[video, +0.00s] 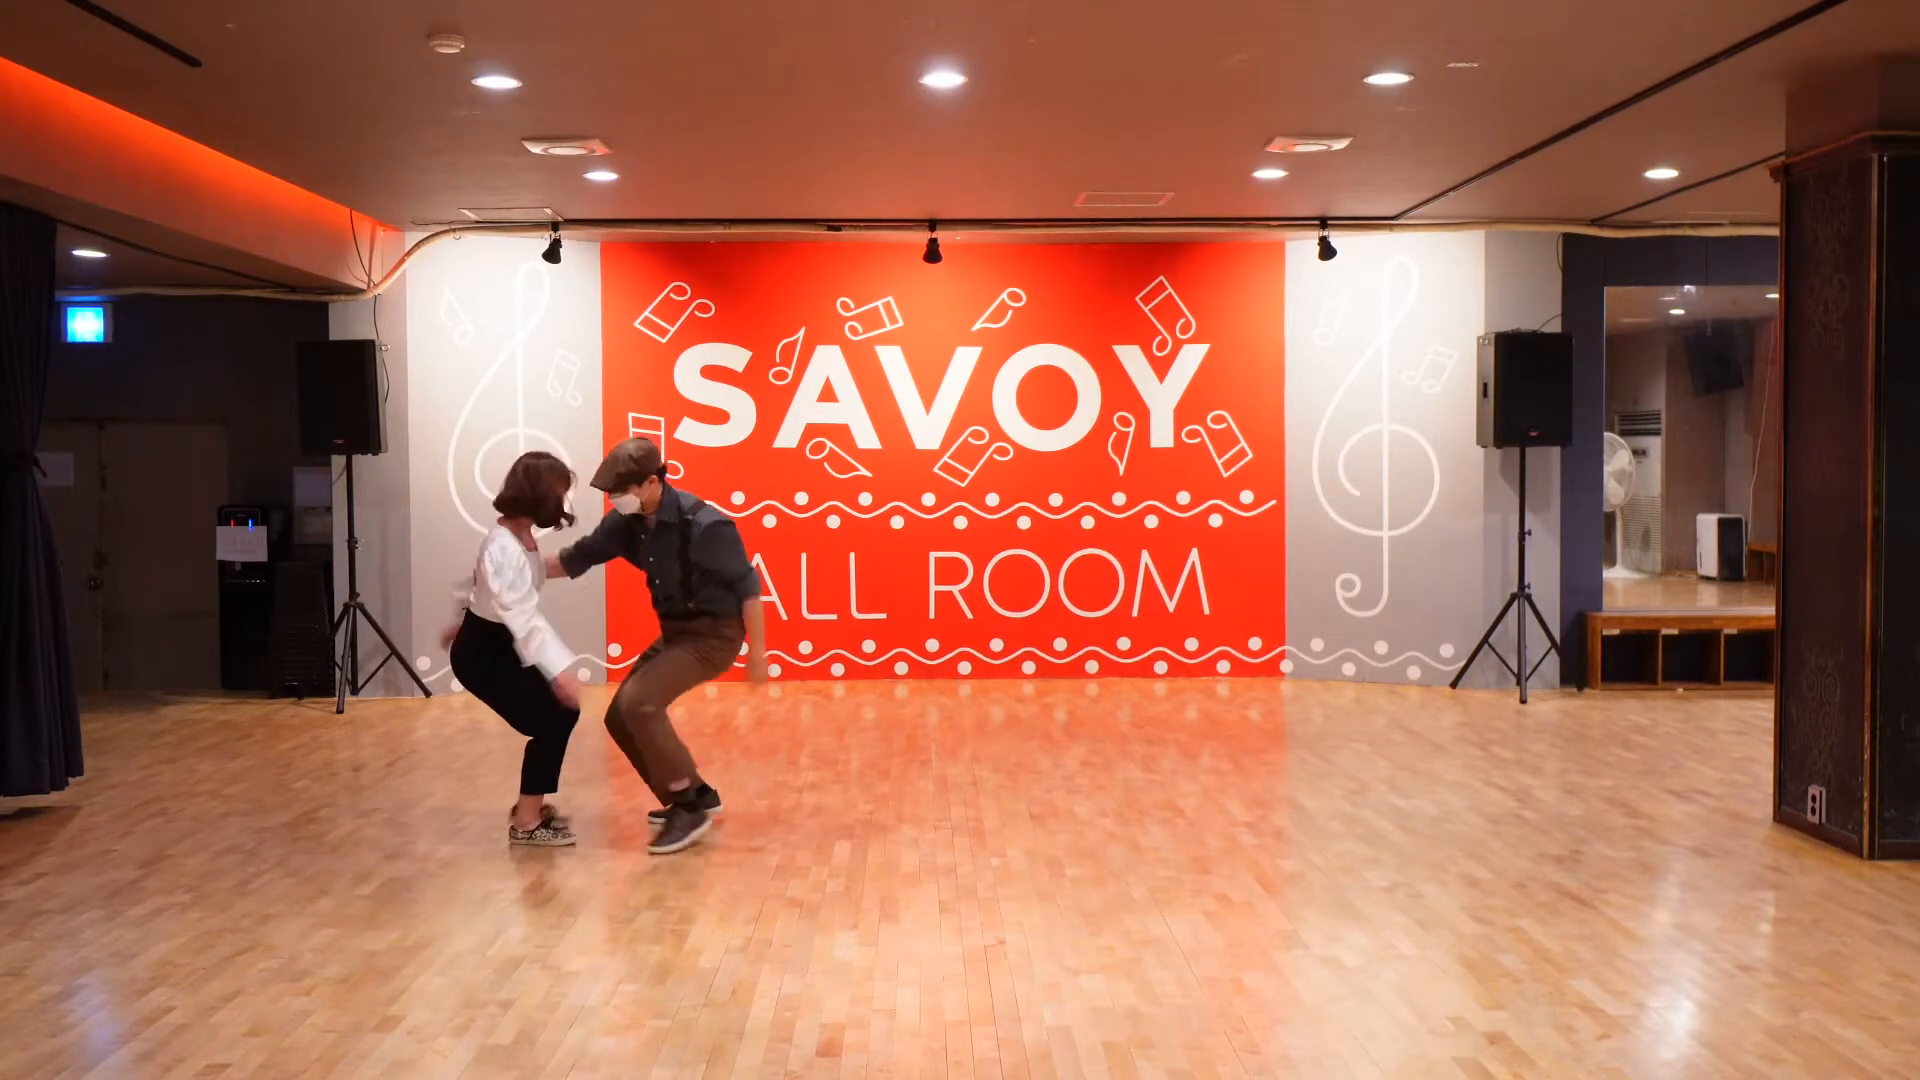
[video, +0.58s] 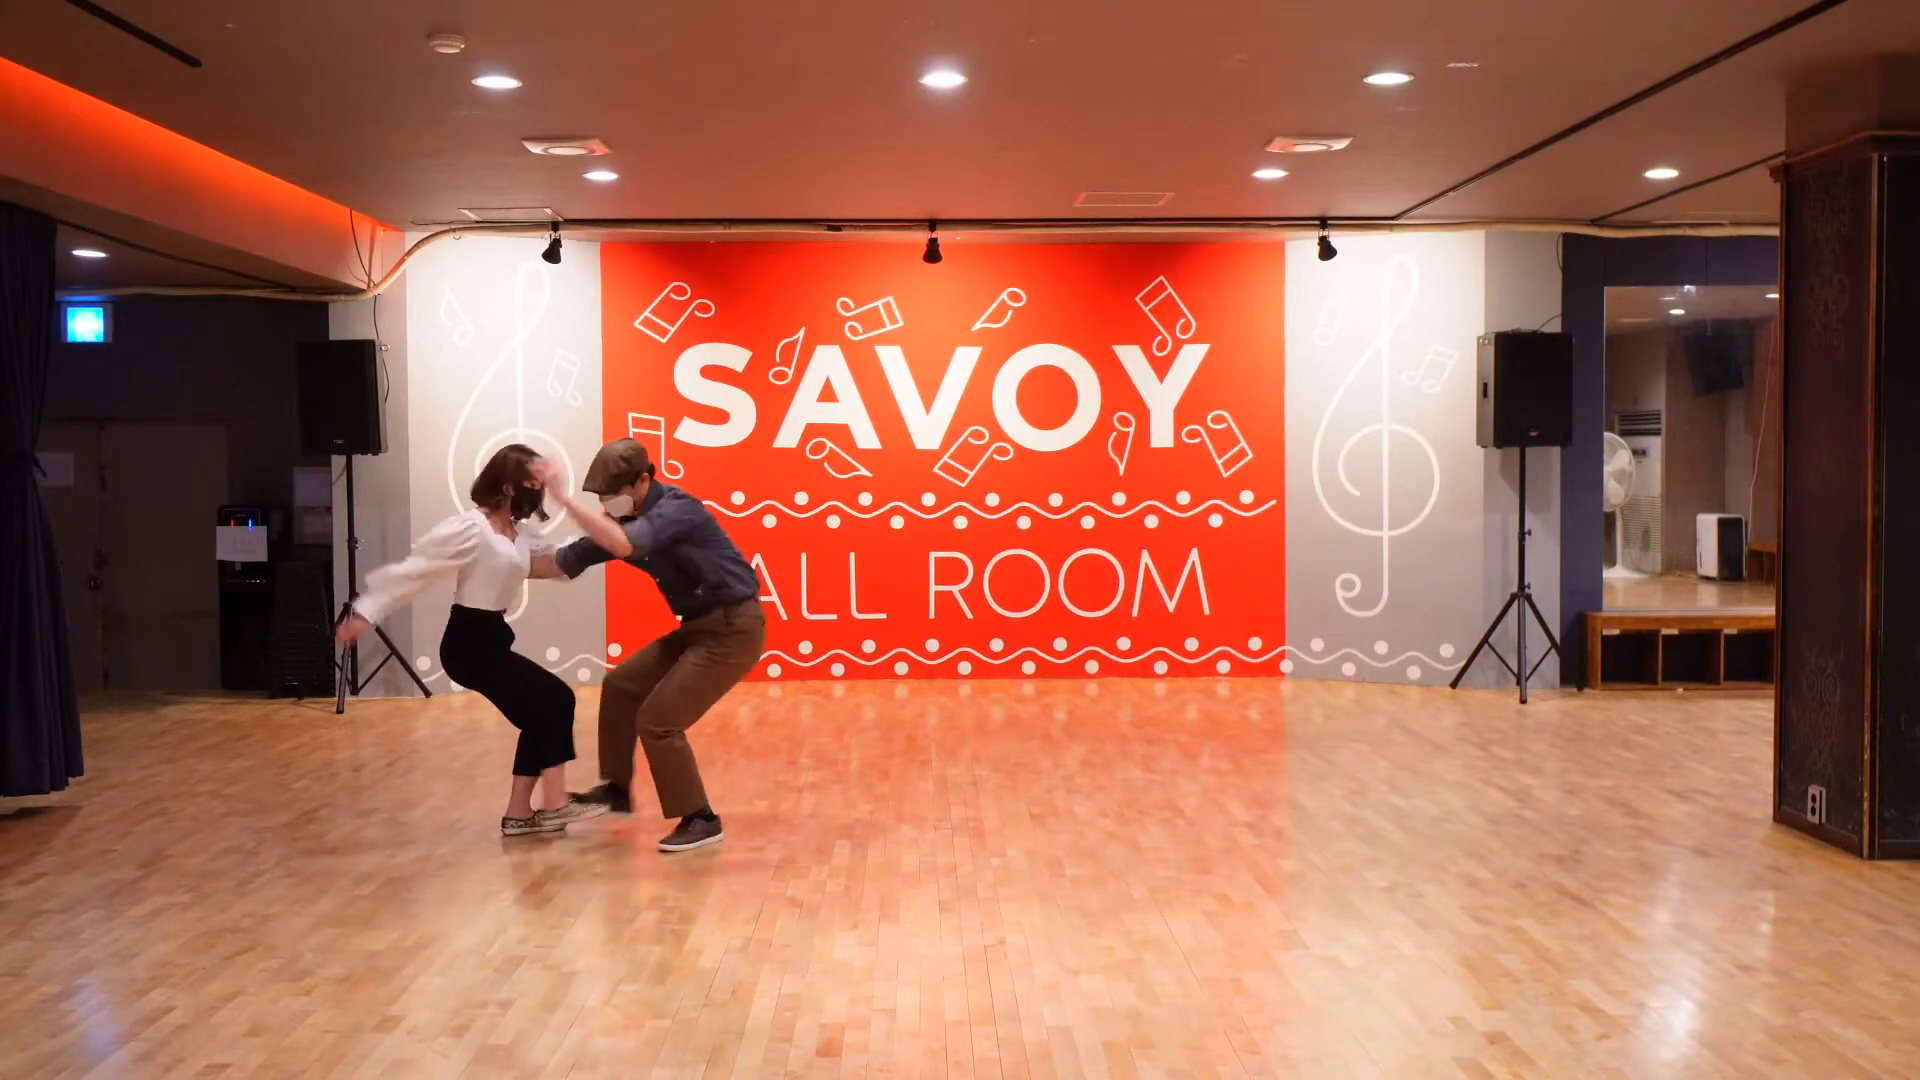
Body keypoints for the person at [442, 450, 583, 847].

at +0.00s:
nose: (564, 502)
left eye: (564, 494)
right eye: (560, 494)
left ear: (524, 491)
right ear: (541, 495)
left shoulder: (521, 536)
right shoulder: (503, 547)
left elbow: (481, 583)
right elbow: (523, 617)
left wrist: (460, 621)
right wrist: (558, 669)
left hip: (498, 645)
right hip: (480, 654)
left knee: (561, 709)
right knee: (550, 721)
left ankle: (531, 806)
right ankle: (527, 821)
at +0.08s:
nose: (562, 499)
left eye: (562, 492)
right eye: (557, 491)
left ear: (523, 491)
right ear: (537, 493)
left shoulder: (519, 538)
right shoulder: (501, 547)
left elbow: (523, 585)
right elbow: (495, 620)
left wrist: (554, 574)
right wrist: (481, 682)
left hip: (503, 648)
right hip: (489, 654)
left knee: (552, 721)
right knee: (557, 724)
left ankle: (524, 813)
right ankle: (528, 820)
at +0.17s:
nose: (553, 500)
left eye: (556, 492)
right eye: (549, 491)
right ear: (527, 489)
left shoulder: (524, 546)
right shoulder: (492, 543)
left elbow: (532, 606)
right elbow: (455, 603)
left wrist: (574, 640)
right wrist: (413, 655)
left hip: (499, 654)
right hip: (479, 657)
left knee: (546, 717)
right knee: (565, 711)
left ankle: (520, 813)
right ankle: (540, 810)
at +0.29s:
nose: (548, 502)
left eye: (552, 496)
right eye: (543, 493)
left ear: (542, 496)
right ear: (520, 488)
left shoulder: (523, 542)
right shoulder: (478, 527)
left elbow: (562, 584)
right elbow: (417, 562)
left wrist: (616, 575)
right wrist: (355, 593)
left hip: (495, 647)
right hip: (472, 649)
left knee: (545, 715)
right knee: (560, 700)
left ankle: (520, 812)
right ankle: (604, 792)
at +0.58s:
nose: (536, 494)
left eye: (537, 485)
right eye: (530, 484)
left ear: (505, 487)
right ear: (510, 487)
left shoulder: (519, 536)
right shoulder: (470, 529)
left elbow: (561, 559)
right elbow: (412, 571)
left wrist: (606, 540)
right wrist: (365, 613)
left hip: (492, 643)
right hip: (467, 646)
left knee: (539, 712)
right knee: (557, 696)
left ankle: (518, 813)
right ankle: (556, 800)